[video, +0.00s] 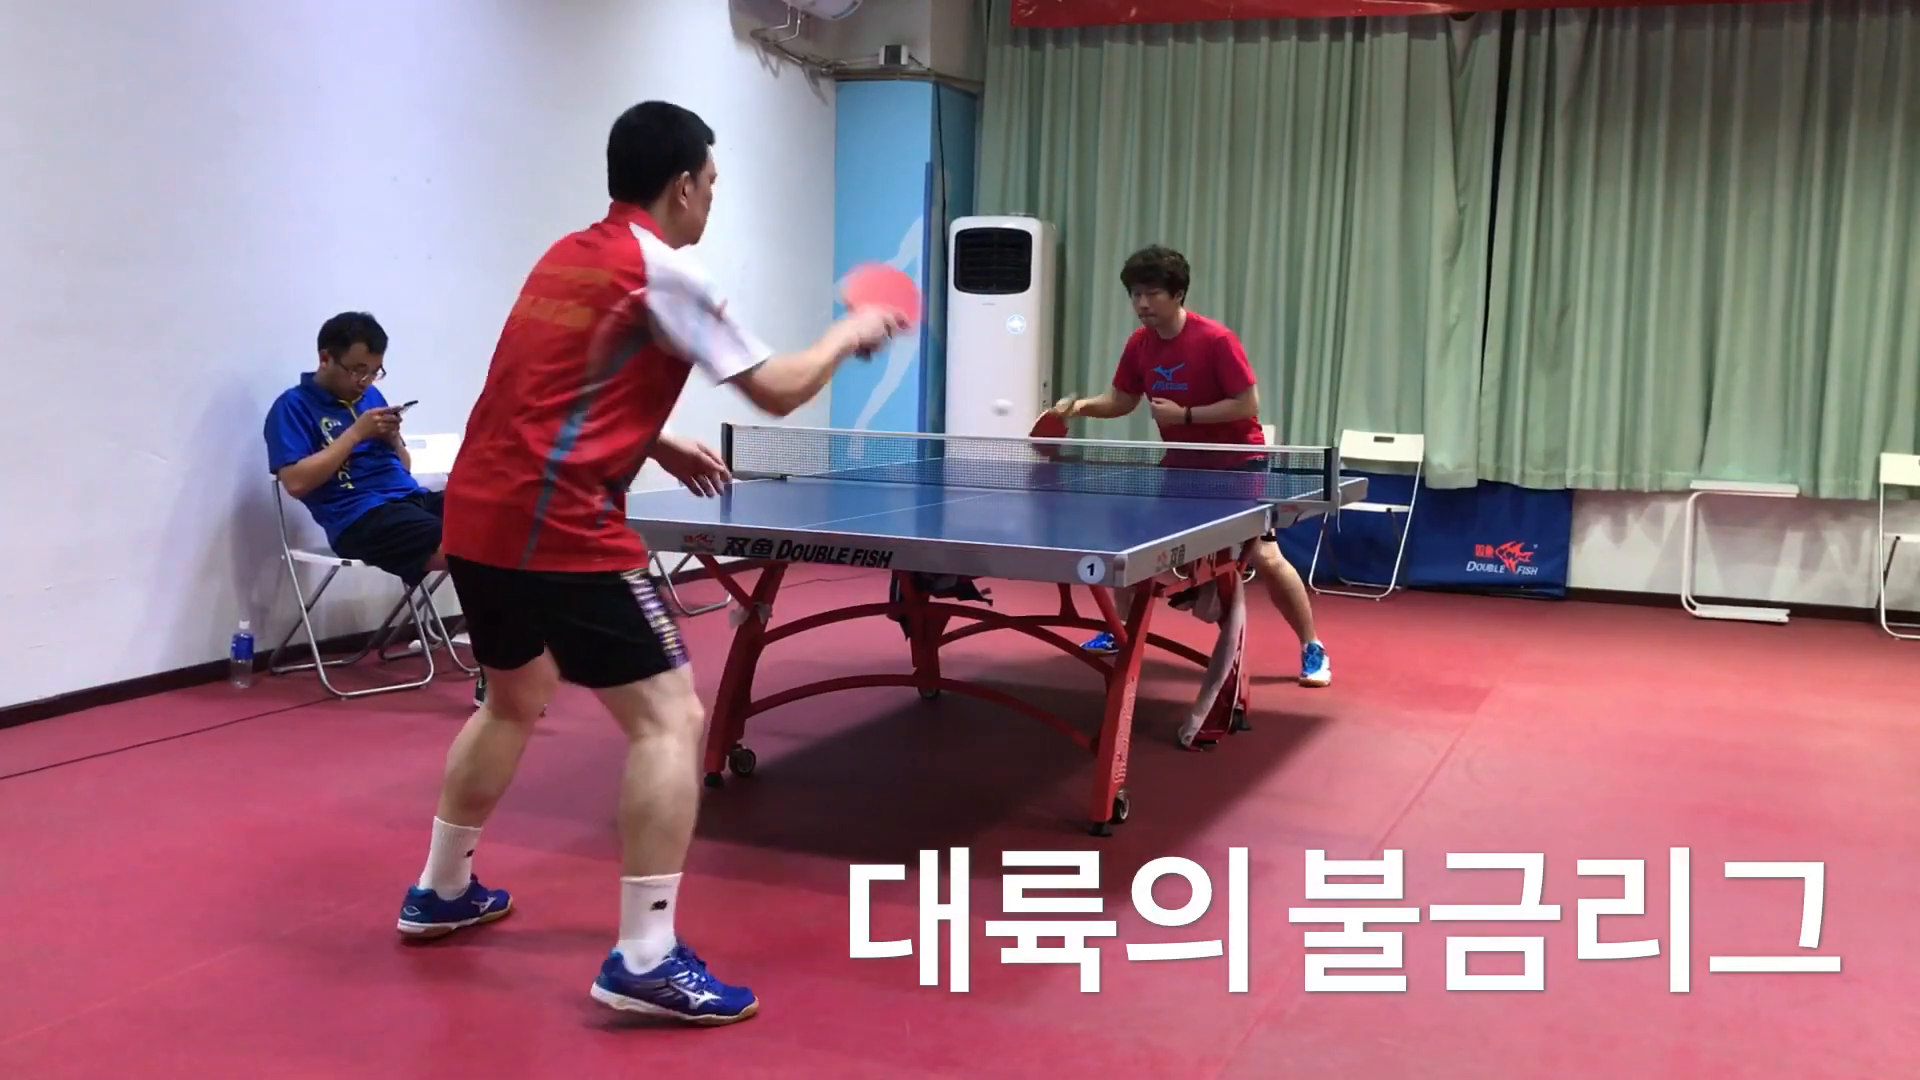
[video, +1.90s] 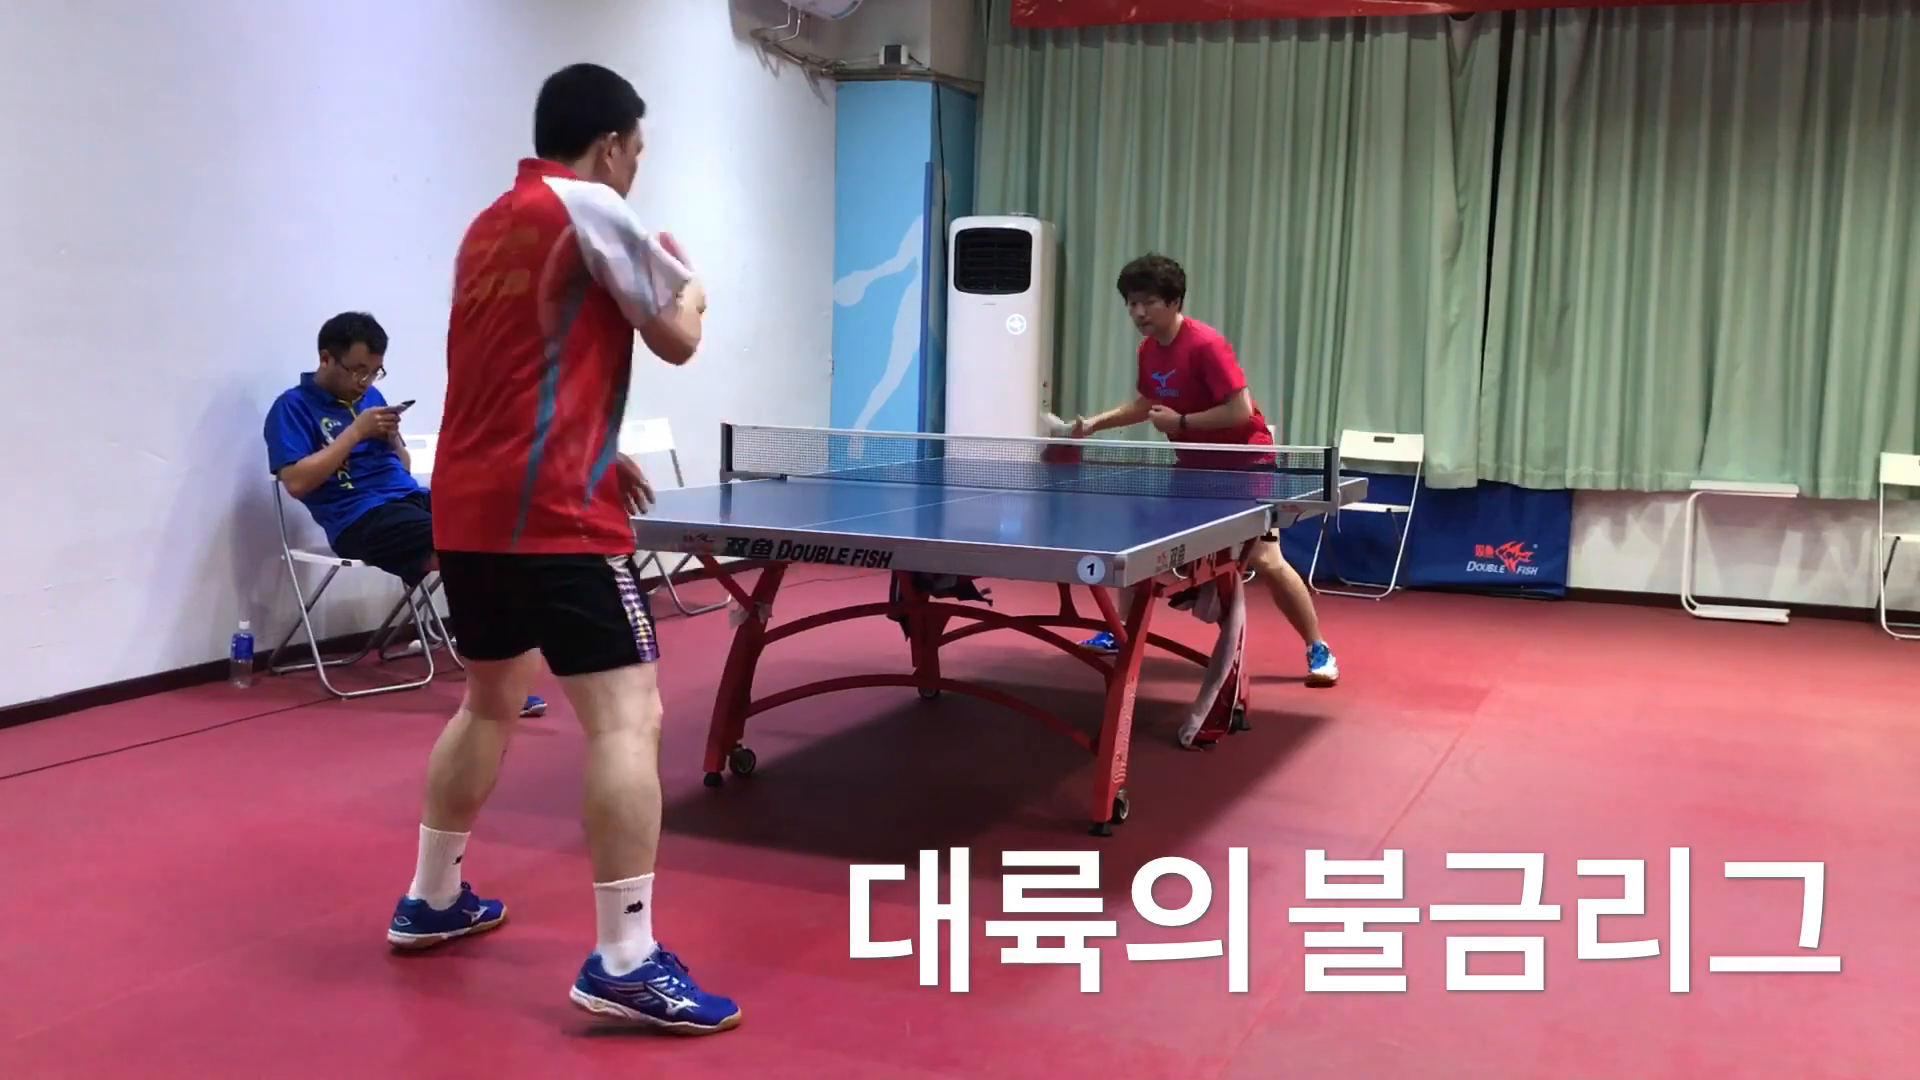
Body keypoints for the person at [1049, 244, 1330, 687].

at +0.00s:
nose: (1141, 303)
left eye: (1151, 293)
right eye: (1135, 294)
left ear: (1178, 294)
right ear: (1131, 297)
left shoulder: (1216, 340)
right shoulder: (1140, 344)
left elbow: (1248, 405)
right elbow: (1123, 400)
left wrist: (1185, 414)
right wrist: (1082, 405)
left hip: (1239, 468)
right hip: (1182, 469)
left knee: (1266, 556)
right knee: (1139, 542)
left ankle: (1312, 646)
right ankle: (1124, 631)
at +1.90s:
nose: (1138, 312)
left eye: (1146, 302)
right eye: (1131, 304)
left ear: (1173, 300)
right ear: (1129, 306)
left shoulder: (1207, 344)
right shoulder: (1148, 350)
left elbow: (1241, 411)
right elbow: (1143, 407)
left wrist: (1182, 421)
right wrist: (1095, 422)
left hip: (1246, 463)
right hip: (1193, 464)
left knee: (1266, 558)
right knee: (1146, 539)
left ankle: (1317, 648)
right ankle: (1124, 632)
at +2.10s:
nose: (1168, 331)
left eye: (1171, 321)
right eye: (1164, 323)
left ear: (1197, 312)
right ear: (1198, 310)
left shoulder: (1220, 353)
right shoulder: (1227, 333)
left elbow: (1248, 423)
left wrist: (1201, 435)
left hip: (1248, 476)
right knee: (1278, 578)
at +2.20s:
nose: (1214, 329)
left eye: (1217, 318)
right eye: (1210, 320)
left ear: (1242, 307)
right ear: (1247, 306)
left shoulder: (1259, 353)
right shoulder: (1280, 331)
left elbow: (1277, 424)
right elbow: (1277, 374)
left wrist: (1233, 437)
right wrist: (1234, 370)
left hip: (1276, 479)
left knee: (1308, 586)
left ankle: (1397, 657)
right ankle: (1397, 655)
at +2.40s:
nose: (1260, 323)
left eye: (1267, 313)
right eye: (1256, 314)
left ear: (1294, 310)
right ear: (1263, 313)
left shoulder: (1319, 365)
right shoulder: (1284, 351)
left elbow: (1331, 443)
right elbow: (1262, 407)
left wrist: (1269, 449)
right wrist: (1232, 395)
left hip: (1329, 484)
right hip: (1288, 476)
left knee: (1326, 592)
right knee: (1224, 539)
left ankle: (1407, 665)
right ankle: (1174, 619)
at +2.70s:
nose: (1242, 326)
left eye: (1253, 316)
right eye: (1236, 316)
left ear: (1279, 319)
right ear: (1230, 319)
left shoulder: (1313, 370)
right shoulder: (1232, 367)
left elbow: (1345, 436)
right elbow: (1210, 439)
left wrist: (1281, 451)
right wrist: (1210, 417)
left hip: (1323, 484)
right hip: (1269, 481)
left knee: (1331, 582)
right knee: (1205, 544)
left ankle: (1407, 663)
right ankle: (1171, 630)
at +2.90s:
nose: (1196, 313)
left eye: (1205, 303)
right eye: (1189, 304)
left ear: (1232, 305)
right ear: (1185, 306)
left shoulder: (1260, 351)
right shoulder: (1206, 353)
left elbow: (1290, 419)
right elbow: (1207, 409)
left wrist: (1231, 431)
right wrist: (1168, 427)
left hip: (1299, 470)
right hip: (1248, 470)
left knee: (1315, 572)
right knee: (1192, 540)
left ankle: (1392, 654)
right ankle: (1168, 631)